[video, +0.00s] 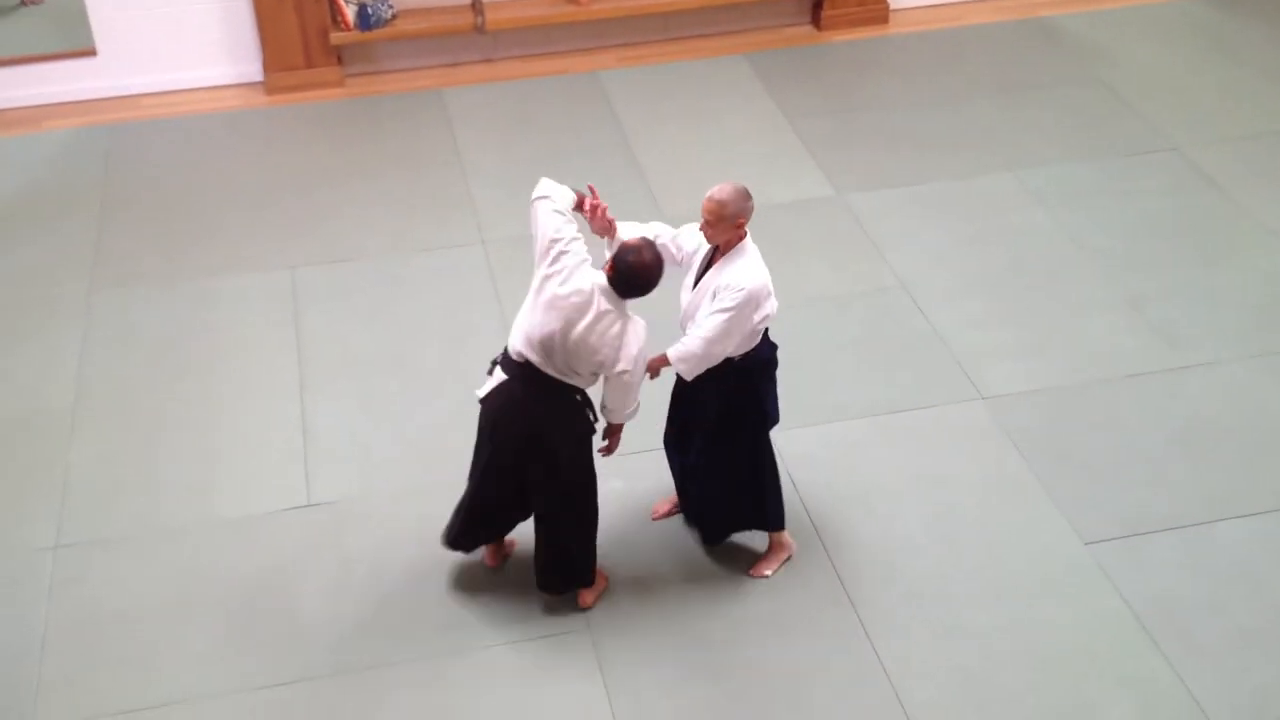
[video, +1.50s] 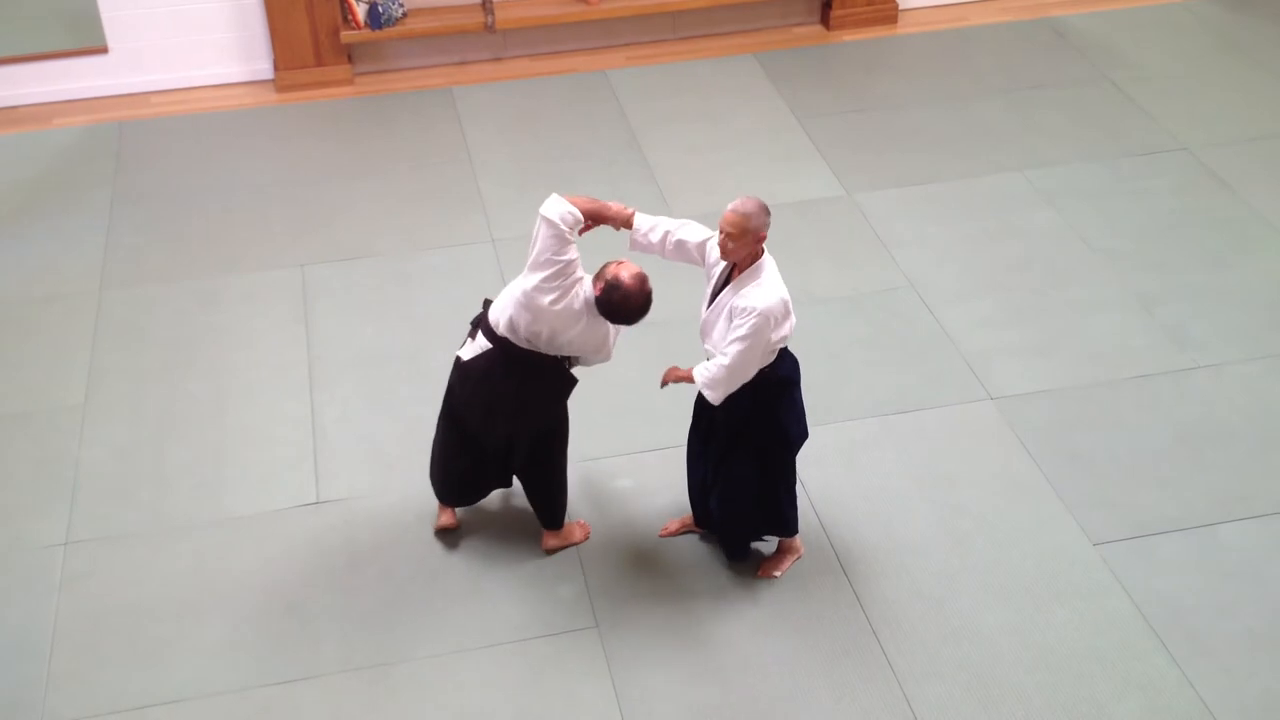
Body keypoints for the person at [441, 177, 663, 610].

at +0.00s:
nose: (621, 238)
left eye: (622, 242)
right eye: (633, 240)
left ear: (609, 260)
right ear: (647, 289)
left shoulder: (566, 262)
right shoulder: (628, 334)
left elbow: (545, 194)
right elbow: (621, 395)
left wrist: (579, 201)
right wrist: (615, 426)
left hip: (509, 391)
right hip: (563, 413)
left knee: (496, 471)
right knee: (572, 497)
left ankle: (493, 544)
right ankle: (584, 585)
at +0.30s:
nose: (630, 241)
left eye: (624, 249)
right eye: (638, 251)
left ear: (601, 259)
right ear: (630, 293)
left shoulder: (564, 253)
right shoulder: (610, 334)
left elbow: (565, 184)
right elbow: (596, 393)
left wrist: (596, 184)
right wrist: (593, 402)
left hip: (497, 361)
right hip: (544, 387)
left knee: (487, 444)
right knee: (552, 459)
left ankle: (478, 525)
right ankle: (551, 534)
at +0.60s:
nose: (627, 260)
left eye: (621, 264)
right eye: (634, 267)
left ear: (597, 276)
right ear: (623, 311)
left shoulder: (559, 261)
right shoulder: (605, 339)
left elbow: (560, 193)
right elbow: (596, 384)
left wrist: (611, 199)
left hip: (494, 351)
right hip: (545, 378)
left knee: (471, 427)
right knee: (548, 452)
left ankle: (447, 504)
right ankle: (550, 534)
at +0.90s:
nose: (619, 269)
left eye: (613, 275)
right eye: (629, 277)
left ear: (590, 285)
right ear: (618, 322)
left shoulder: (551, 266)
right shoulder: (599, 345)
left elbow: (555, 207)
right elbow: (591, 379)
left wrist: (614, 213)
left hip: (488, 354)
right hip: (540, 379)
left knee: (462, 429)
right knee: (543, 455)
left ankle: (443, 505)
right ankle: (550, 535)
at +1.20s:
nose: (620, 264)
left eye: (615, 272)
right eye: (631, 275)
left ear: (593, 287)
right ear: (621, 321)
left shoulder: (551, 270)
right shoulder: (603, 342)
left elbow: (553, 214)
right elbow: (583, 369)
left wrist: (608, 212)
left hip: (488, 358)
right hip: (543, 381)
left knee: (458, 431)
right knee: (543, 456)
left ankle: (444, 508)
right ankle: (550, 534)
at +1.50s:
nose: (624, 258)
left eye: (621, 266)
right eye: (634, 265)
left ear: (601, 282)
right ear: (624, 316)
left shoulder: (558, 266)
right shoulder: (604, 337)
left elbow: (561, 209)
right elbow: (579, 358)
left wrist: (613, 214)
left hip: (488, 358)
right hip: (544, 379)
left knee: (460, 432)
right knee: (546, 453)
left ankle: (446, 509)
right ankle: (553, 530)